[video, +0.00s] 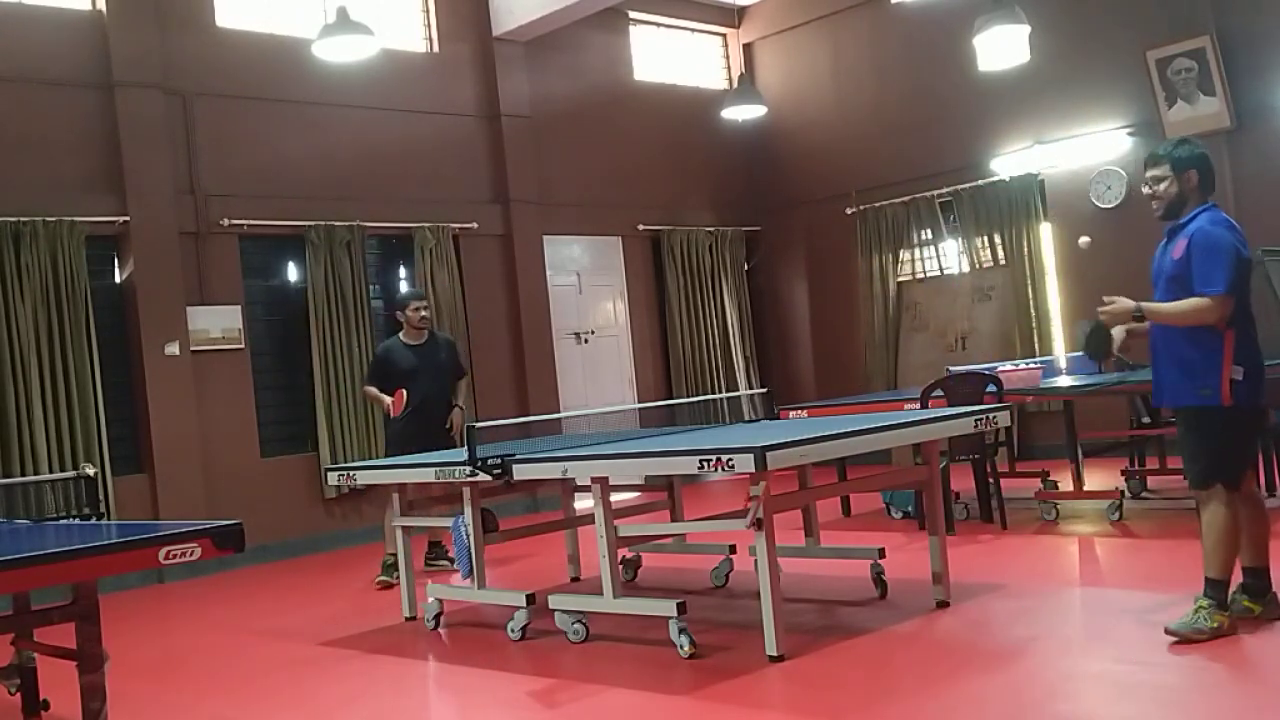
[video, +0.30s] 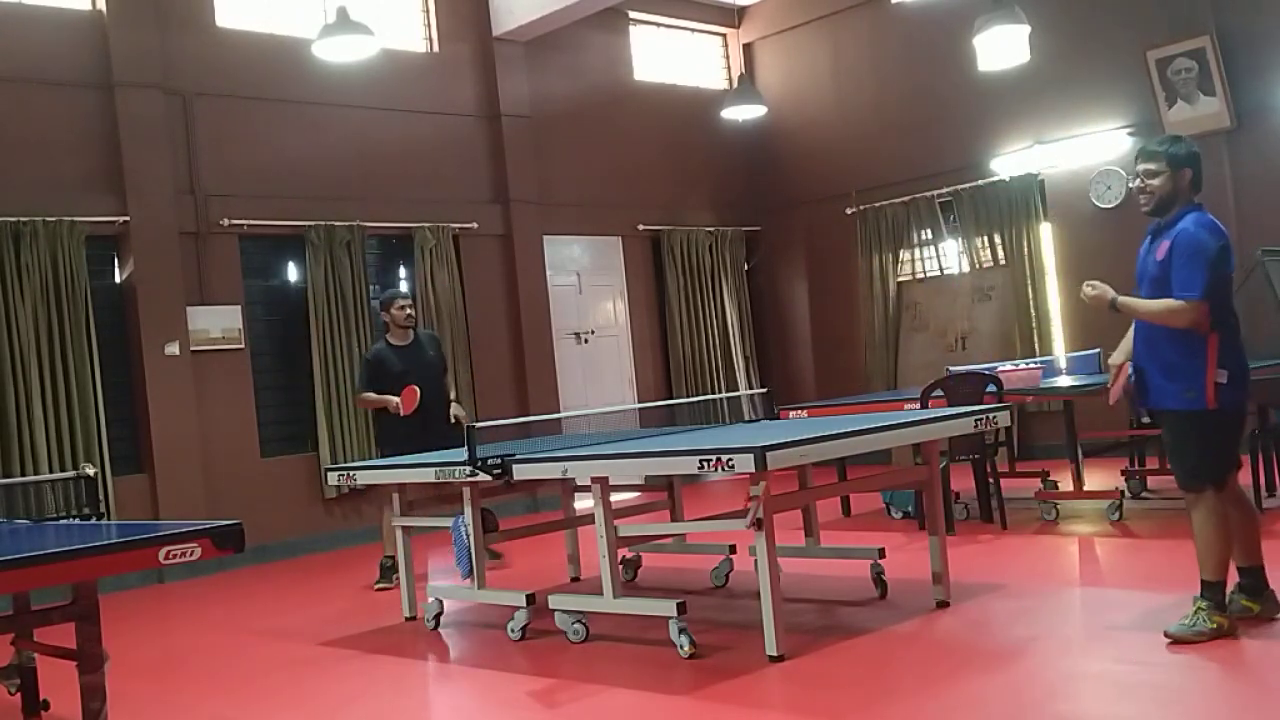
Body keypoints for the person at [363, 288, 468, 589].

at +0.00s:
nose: (423, 314)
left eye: (426, 309)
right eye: (417, 310)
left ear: (431, 312)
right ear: (402, 315)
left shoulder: (445, 344)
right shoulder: (387, 350)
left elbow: (459, 379)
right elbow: (369, 387)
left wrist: (458, 407)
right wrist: (383, 398)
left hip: (439, 435)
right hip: (402, 438)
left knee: (440, 494)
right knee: (398, 499)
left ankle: (435, 549)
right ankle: (391, 561)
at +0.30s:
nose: (409, 312)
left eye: (411, 307)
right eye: (401, 308)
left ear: (416, 311)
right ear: (386, 315)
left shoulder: (430, 341)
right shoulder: (376, 355)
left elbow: (445, 375)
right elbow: (362, 397)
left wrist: (452, 401)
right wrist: (386, 400)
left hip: (438, 435)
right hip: (398, 442)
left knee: (462, 490)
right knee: (394, 500)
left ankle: (477, 545)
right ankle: (389, 562)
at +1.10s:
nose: (443, 312)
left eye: (445, 307)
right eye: (436, 308)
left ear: (450, 311)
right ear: (422, 313)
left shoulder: (467, 344)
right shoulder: (406, 352)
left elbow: (486, 380)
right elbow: (394, 395)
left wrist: (476, 403)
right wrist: (415, 399)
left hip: (464, 438)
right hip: (423, 442)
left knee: (493, 489)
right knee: (408, 501)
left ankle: (506, 548)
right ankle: (395, 561)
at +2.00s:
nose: (442, 338)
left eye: (445, 332)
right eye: (435, 333)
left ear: (449, 332)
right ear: (420, 335)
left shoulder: (464, 362)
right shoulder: (403, 371)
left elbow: (486, 390)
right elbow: (394, 412)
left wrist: (485, 424)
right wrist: (418, 425)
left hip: (464, 449)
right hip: (417, 453)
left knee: (497, 486)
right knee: (398, 496)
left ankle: (506, 548)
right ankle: (394, 562)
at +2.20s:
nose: (445, 355)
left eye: (447, 348)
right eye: (437, 350)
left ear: (451, 348)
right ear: (422, 352)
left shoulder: (464, 376)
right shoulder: (405, 385)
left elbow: (482, 412)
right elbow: (396, 430)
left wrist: (484, 434)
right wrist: (423, 443)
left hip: (464, 461)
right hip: (421, 466)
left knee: (502, 482)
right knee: (391, 493)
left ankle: (507, 549)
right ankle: (393, 564)